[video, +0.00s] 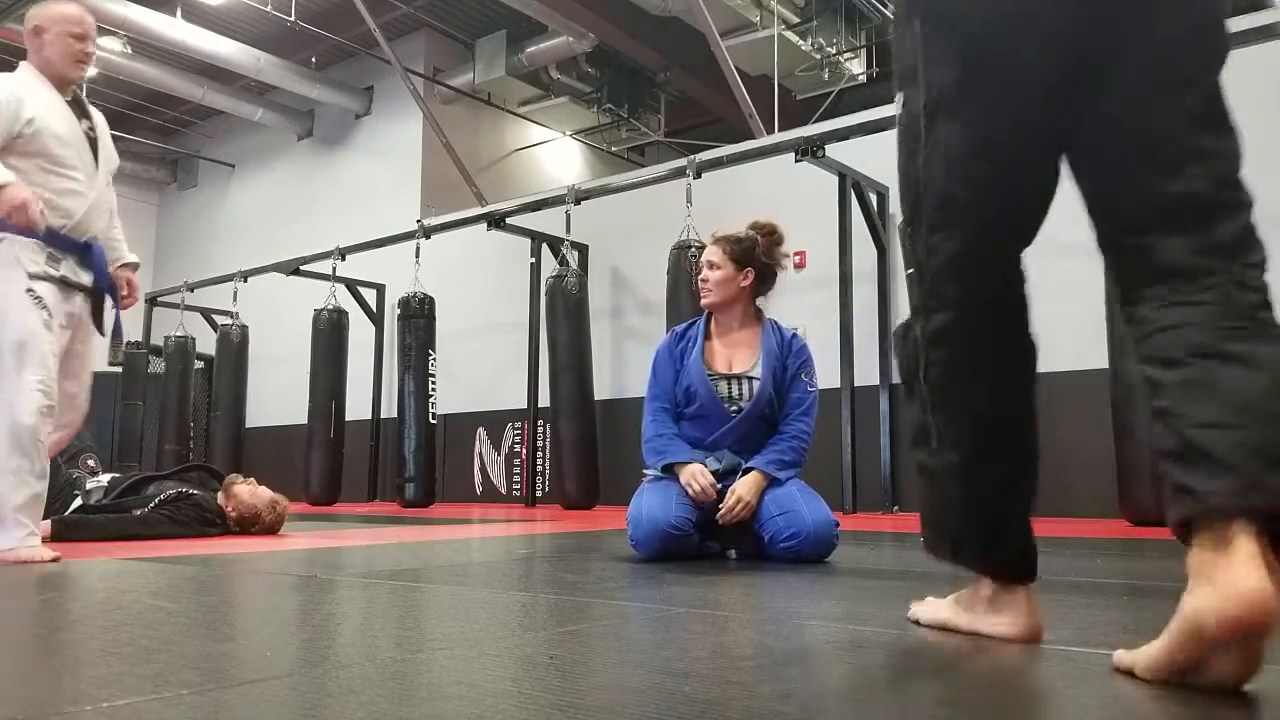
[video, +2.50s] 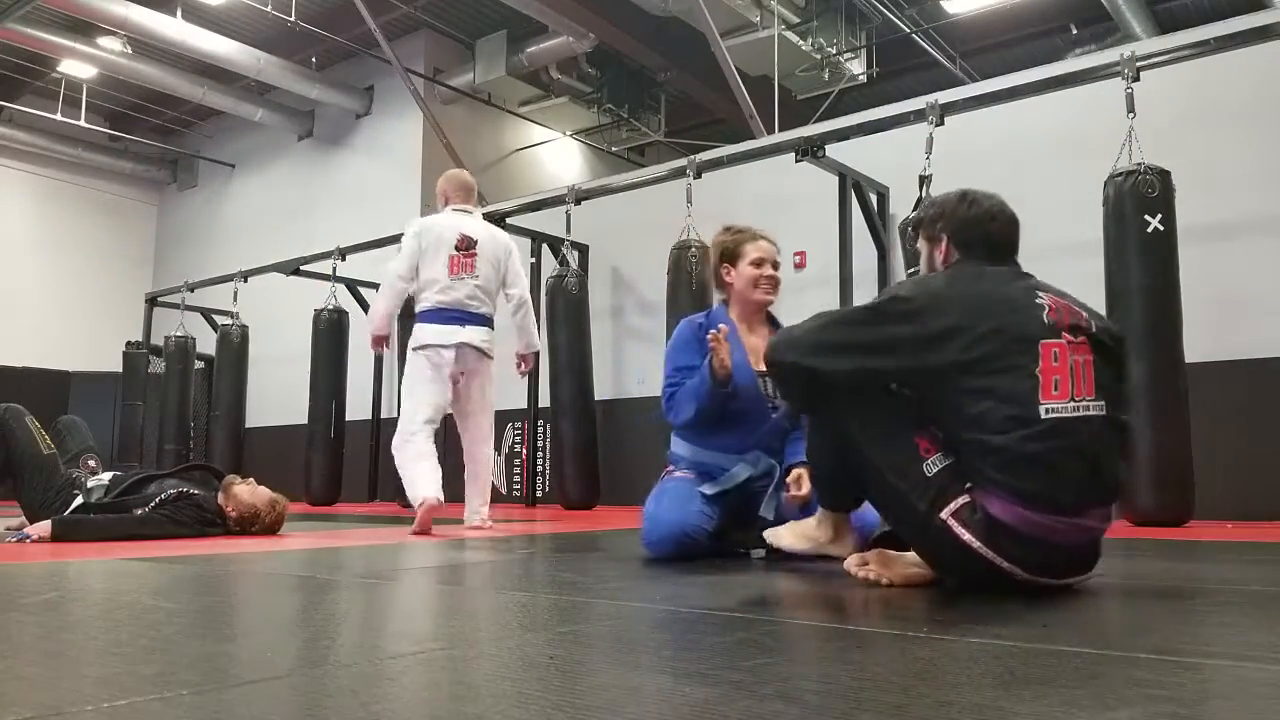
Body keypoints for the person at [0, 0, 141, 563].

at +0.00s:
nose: (88, 47)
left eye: (92, 39)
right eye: (75, 36)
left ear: (95, 48)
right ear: (33, 37)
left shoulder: (95, 120)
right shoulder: (13, 91)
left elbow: (104, 199)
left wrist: (122, 260)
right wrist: (4, 182)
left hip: (83, 279)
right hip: (25, 266)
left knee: (69, 409)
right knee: (26, 403)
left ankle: (15, 511)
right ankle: (13, 536)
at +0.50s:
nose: (221, 72)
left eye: (224, 65)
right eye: (213, 60)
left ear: (216, 69)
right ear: (176, 53)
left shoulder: (197, 125)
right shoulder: (139, 102)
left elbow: (191, 208)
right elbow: (111, 177)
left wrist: (209, 277)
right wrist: (132, 256)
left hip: (195, 282)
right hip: (150, 270)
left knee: (201, 408)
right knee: (95, 402)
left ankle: (225, 528)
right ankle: (21, 530)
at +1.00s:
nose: (347, 133)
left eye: (351, 126)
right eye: (347, 122)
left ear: (322, 104)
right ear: (326, 103)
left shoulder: (305, 148)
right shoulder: (280, 132)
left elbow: (302, 226)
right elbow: (265, 201)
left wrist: (333, 277)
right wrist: (298, 267)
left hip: (268, 297)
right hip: (290, 296)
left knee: (252, 421)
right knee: (347, 409)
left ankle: (230, 526)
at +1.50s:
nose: (444, 159)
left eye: (444, 154)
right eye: (446, 153)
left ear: (407, 134)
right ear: (439, 146)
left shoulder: (356, 165)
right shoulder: (440, 168)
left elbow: (309, 220)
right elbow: (462, 231)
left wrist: (290, 273)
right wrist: (498, 289)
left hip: (350, 303)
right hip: (404, 304)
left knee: (355, 410)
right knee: (416, 415)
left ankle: (351, 493)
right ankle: (395, 525)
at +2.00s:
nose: (447, 178)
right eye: (448, 172)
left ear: (409, 175)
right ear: (448, 173)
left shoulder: (386, 206)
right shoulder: (472, 205)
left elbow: (360, 264)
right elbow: (493, 265)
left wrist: (357, 319)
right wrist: (498, 320)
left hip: (396, 322)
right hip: (448, 323)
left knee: (407, 421)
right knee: (467, 416)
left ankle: (421, 524)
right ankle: (442, 478)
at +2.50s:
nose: (437, 203)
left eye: (438, 199)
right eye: (439, 199)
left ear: (443, 198)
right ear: (476, 200)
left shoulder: (423, 228)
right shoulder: (501, 238)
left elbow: (398, 277)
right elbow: (519, 296)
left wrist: (380, 323)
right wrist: (528, 343)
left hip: (431, 339)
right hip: (478, 342)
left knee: (415, 424)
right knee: (478, 430)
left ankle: (426, 494)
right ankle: (477, 515)